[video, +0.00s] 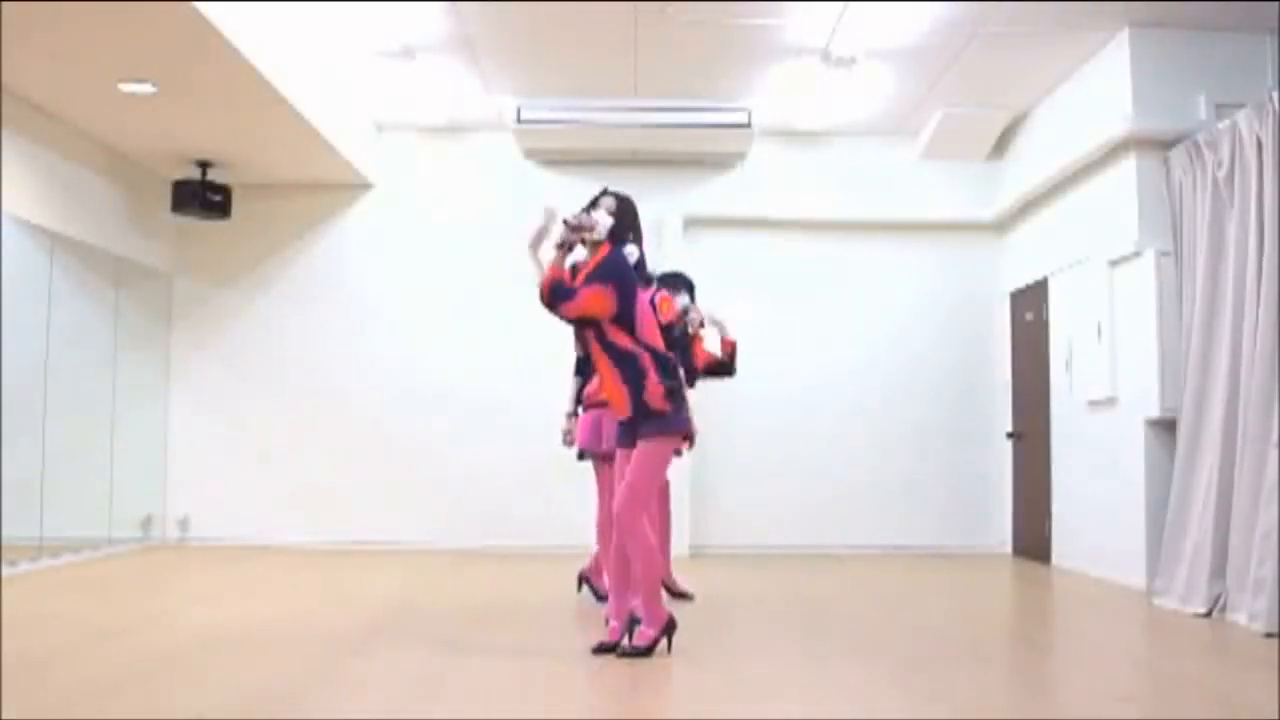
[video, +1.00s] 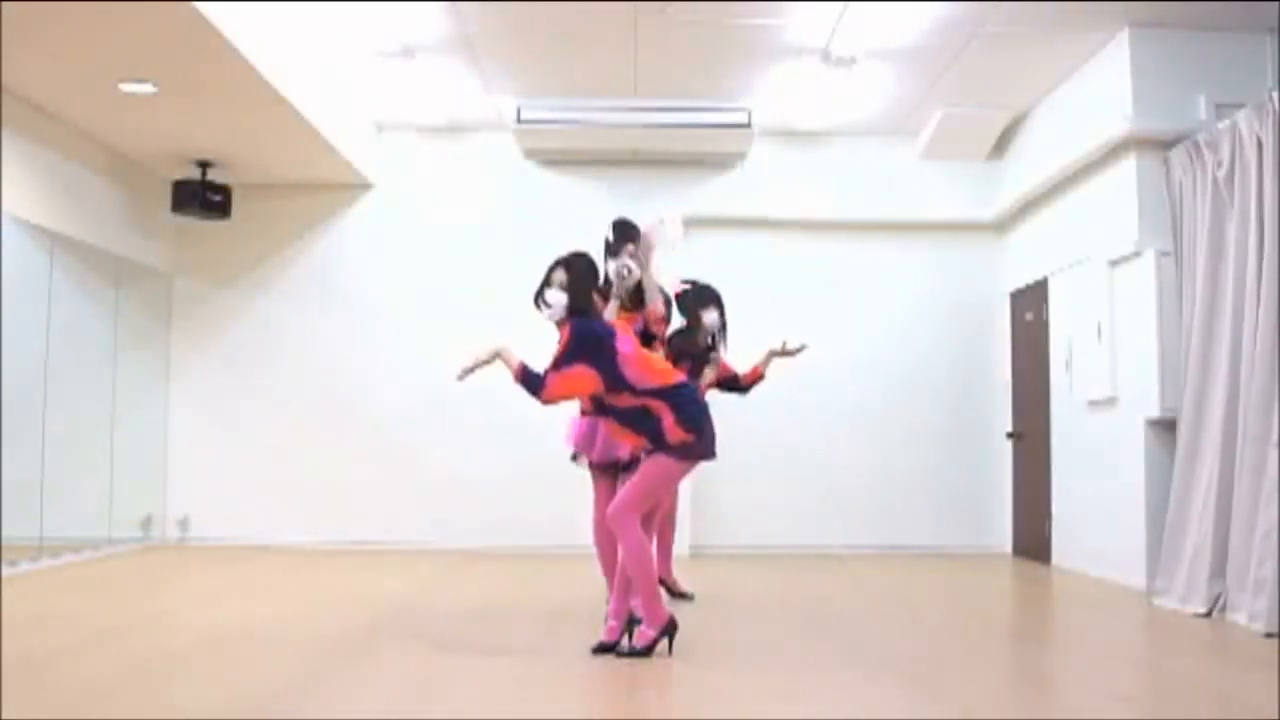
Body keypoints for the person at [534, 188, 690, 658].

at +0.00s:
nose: (582, 221)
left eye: (593, 212)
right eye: (586, 212)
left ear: (610, 221)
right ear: (614, 224)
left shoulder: (616, 267)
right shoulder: (599, 269)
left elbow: (566, 302)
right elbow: (558, 298)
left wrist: (552, 257)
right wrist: (558, 254)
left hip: (660, 412)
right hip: (634, 412)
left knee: (629, 508)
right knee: (620, 511)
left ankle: (653, 616)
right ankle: (622, 616)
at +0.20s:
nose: (567, 250)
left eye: (578, 244)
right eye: (572, 242)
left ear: (591, 256)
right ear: (585, 258)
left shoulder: (601, 301)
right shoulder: (581, 299)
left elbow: (556, 344)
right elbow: (541, 332)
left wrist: (509, 310)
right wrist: (541, 285)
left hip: (673, 422)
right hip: (651, 423)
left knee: (625, 512)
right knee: (621, 515)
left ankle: (655, 616)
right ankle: (627, 613)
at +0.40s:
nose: (560, 279)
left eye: (570, 272)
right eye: (561, 270)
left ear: (586, 282)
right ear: (559, 276)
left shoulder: (596, 322)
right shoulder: (577, 325)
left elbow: (561, 383)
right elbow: (559, 378)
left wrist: (513, 357)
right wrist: (522, 356)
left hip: (683, 431)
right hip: (656, 432)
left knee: (625, 512)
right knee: (613, 518)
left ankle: (655, 617)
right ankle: (622, 616)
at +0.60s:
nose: (559, 284)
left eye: (569, 277)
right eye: (557, 274)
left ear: (587, 286)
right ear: (550, 280)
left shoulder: (593, 325)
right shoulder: (577, 327)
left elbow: (558, 382)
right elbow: (557, 377)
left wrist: (506, 351)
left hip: (683, 431)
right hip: (658, 432)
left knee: (624, 513)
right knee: (616, 518)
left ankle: (655, 617)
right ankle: (623, 616)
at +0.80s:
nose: (550, 291)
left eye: (561, 284)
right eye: (550, 281)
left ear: (580, 291)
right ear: (549, 283)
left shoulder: (590, 332)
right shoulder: (583, 328)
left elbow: (550, 389)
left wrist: (504, 354)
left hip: (683, 433)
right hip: (659, 432)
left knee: (623, 512)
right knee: (617, 518)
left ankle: (654, 616)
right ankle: (624, 615)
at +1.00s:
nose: (547, 295)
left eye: (556, 287)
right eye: (547, 285)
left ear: (574, 292)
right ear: (587, 293)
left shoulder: (588, 337)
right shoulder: (582, 333)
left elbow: (548, 391)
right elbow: (552, 387)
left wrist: (504, 357)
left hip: (684, 434)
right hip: (665, 433)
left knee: (623, 514)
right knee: (615, 519)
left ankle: (655, 616)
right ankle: (622, 616)